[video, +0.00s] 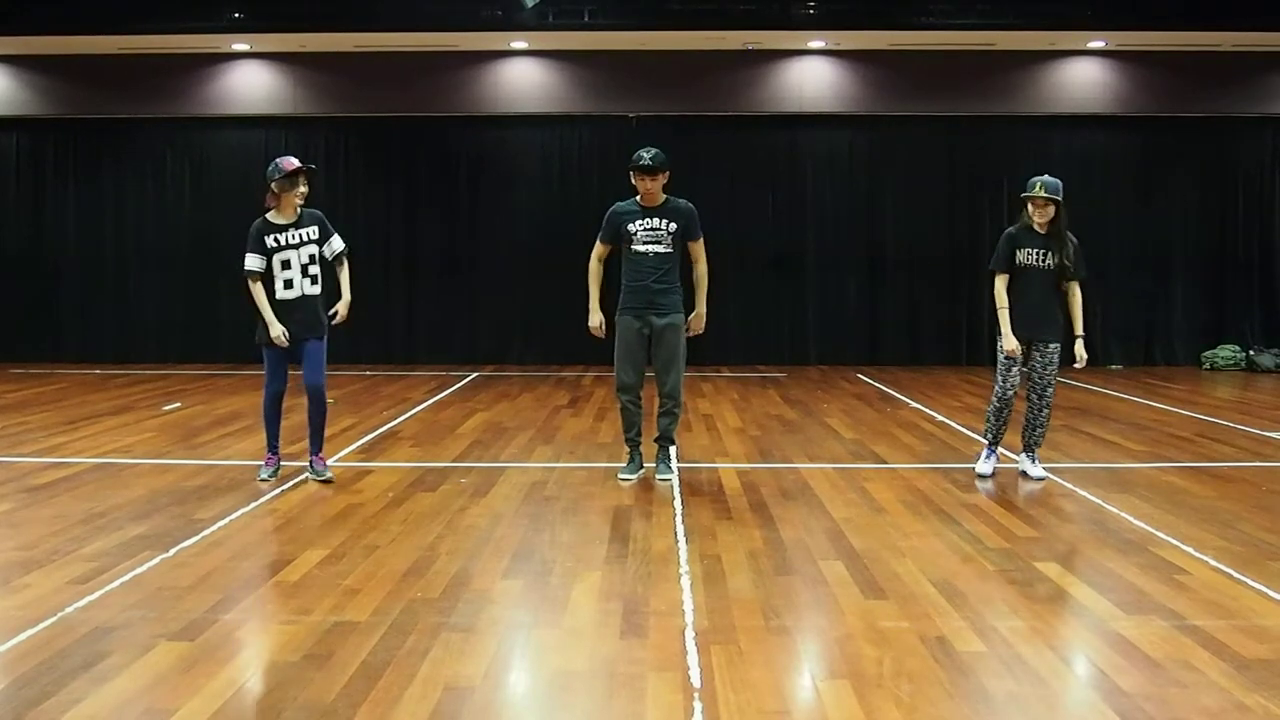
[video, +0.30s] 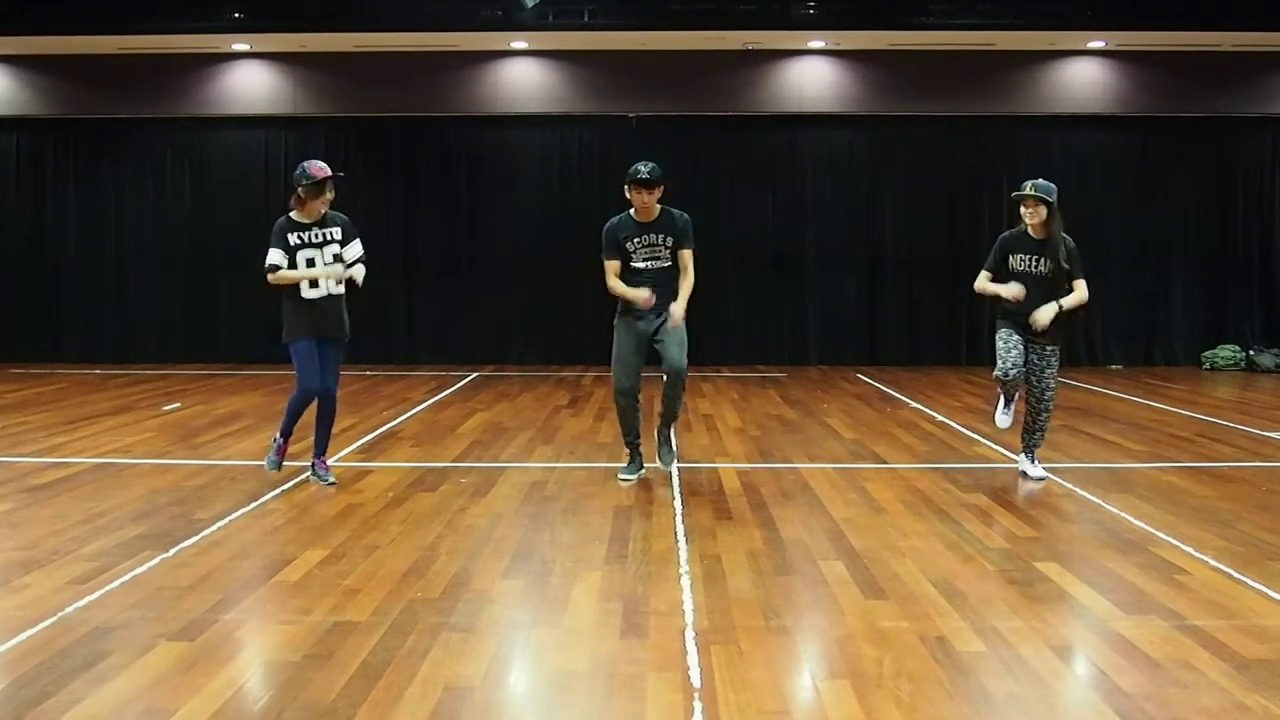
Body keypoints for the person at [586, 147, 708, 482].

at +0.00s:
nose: (646, 181)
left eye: (652, 174)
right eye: (640, 175)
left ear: (664, 176)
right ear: (633, 176)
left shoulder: (684, 212)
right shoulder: (619, 213)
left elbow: (698, 261)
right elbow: (597, 258)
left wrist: (700, 309)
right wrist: (594, 308)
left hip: (670, 314)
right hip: (629, 314)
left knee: (670, 388)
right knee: (627, 387)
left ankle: (665, 451)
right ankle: (633, 453)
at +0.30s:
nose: (644, 196)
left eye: (650, 189)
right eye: (638, 189)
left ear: (660, 190)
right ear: (628, 191)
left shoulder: (678, 223)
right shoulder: (615, 229)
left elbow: (687, 271)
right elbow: (611, 279)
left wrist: (679, 305)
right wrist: (632, 293)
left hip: (669, 313)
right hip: (630, 315)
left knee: (677, 367)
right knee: (623, 386)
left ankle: (666, 430)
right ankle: (633, 453)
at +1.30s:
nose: (676, 174)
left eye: (682, 170)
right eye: (669, 168)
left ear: (690, 180)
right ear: (657, 177)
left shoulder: (704, 216)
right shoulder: (642, 214)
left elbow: (709, 250)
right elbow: (650, 245)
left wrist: (687, 210)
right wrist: (669, 204)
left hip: (698, 308)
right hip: (658, 314)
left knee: (727, 351)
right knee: (653, 392)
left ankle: (707, 417)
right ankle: (659, 457)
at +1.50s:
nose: (686, 173)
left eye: (692, 169)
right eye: (680, 168)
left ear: (700, 179)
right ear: (667, 175)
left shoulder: (713, 214)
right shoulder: (651, 212)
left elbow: (724, 248)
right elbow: (651, 241)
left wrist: (701, 209)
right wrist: (676, 201)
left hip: (704, 315)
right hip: (661, 316)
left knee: (728, 375)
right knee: (655, 391)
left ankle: (714, 440)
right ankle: (659, 457)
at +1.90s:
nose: (691, 172)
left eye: (698, 166)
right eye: (685, 166)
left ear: (711, 173)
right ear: (678, 174)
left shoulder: (729, 211)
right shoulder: (668, 209)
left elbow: (733, 245)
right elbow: (653, 243)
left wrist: (699, 207)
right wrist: (678, 201)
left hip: (713, 317)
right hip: (673, 310)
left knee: (717, 394)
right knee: (657, 365)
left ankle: (716, 457)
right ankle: (673, 432)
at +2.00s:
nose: (687, 173)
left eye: (694, 168)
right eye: (682, 168)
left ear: (708, 175)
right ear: (675, 175)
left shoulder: (728, 212)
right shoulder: (664, 212)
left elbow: (731, 250)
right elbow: (652, 250)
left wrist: (698, 213)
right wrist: (674, 208)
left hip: (713, 317)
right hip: (673, 315)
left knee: (719, 397)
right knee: (664, 389)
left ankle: (717, 457)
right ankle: (674, 460)